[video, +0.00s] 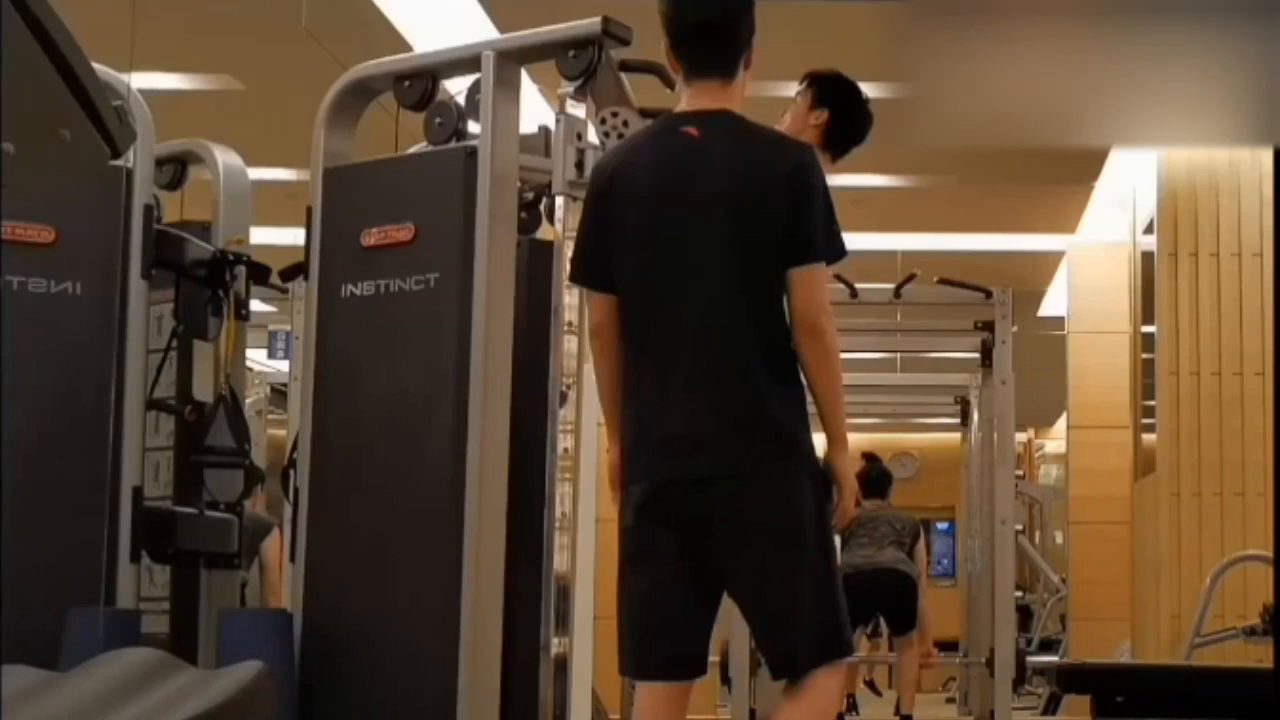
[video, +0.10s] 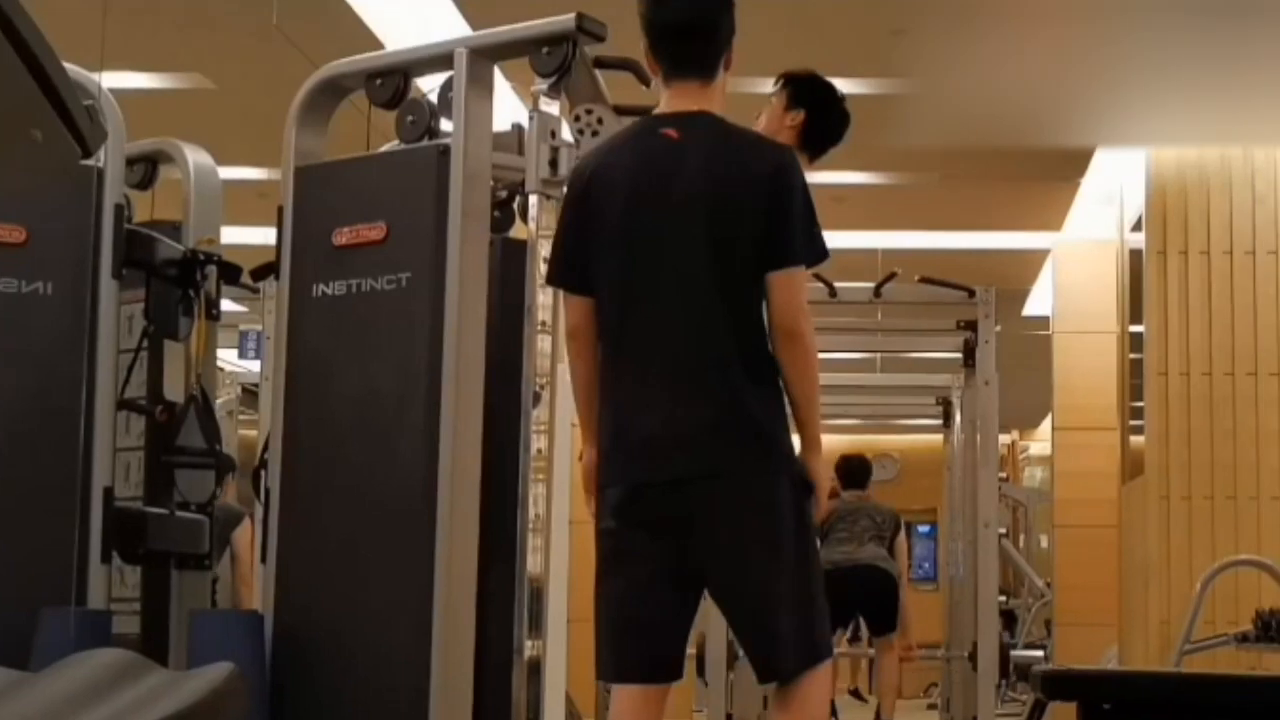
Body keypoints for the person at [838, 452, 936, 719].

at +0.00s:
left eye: (859, 486)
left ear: (860, 490)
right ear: (889, 489)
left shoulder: (850, 520)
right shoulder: (909, 523)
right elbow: (921, 581)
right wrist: (926, 640)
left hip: (855, 580)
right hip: (899, 579)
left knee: (847, 642)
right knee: (906, 646)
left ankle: (848, 700)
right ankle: (905, 712)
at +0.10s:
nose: (835, 482)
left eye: (836, 478)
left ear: (837, 482)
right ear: (869, 481)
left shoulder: (828, 513)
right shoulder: (891, 517)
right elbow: (902, 578)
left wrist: (822, 499)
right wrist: (907, 637)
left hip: (835, 577)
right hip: (879, 578)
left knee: (823, 644)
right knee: (886, 648)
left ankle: (827, 708)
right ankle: (885, 714)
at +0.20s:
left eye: (818, 449)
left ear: (815, 453)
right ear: (848, 452)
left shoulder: (802, 493)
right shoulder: (869, 492)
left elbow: (792, 547)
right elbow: (881, 553)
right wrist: (887, 605)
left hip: (814, 576)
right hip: (859, 576)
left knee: (804, 653)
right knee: (863, 650)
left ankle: (803, 714)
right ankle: (864, 714)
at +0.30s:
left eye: (820, 433)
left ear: (816, 436)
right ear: (849, 436)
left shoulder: (804, 477)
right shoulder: (868, 477)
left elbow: (794, 534)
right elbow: (882, 542)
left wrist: (794, 581)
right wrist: (888, 591)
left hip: (815, 572)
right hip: (858, 571)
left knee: (816, 651)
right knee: (862, 648)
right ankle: (864, 714)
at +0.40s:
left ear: (820, 408)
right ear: (850, 409)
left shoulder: (805, 450)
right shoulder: (868, 453)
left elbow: (797, 513)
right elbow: (883, 517)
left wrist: (794, 561)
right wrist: (890, 569)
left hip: (814, 563)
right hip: (857, 564)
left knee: (817, 651)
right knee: (860, 647)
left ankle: (819, 715)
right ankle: (865, 714)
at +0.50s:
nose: (841, 404)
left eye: (842, 397)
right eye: (843, 397)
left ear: (821, 404)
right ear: (850, 403)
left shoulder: (807, 445)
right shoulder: (867, 446)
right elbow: (882, 509)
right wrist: (890, 562)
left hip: (815, 559)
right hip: (857, 560)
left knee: (821, 649)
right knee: (859, 647)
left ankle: (828, 712)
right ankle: (863, 713)